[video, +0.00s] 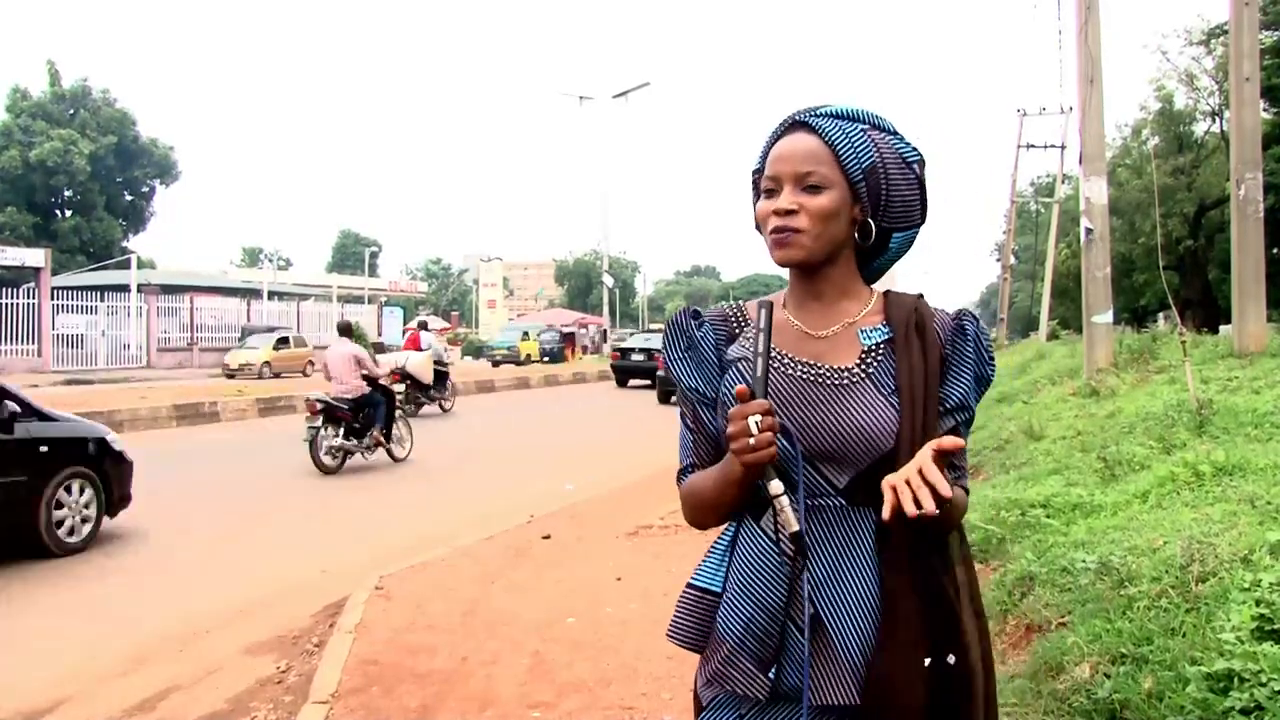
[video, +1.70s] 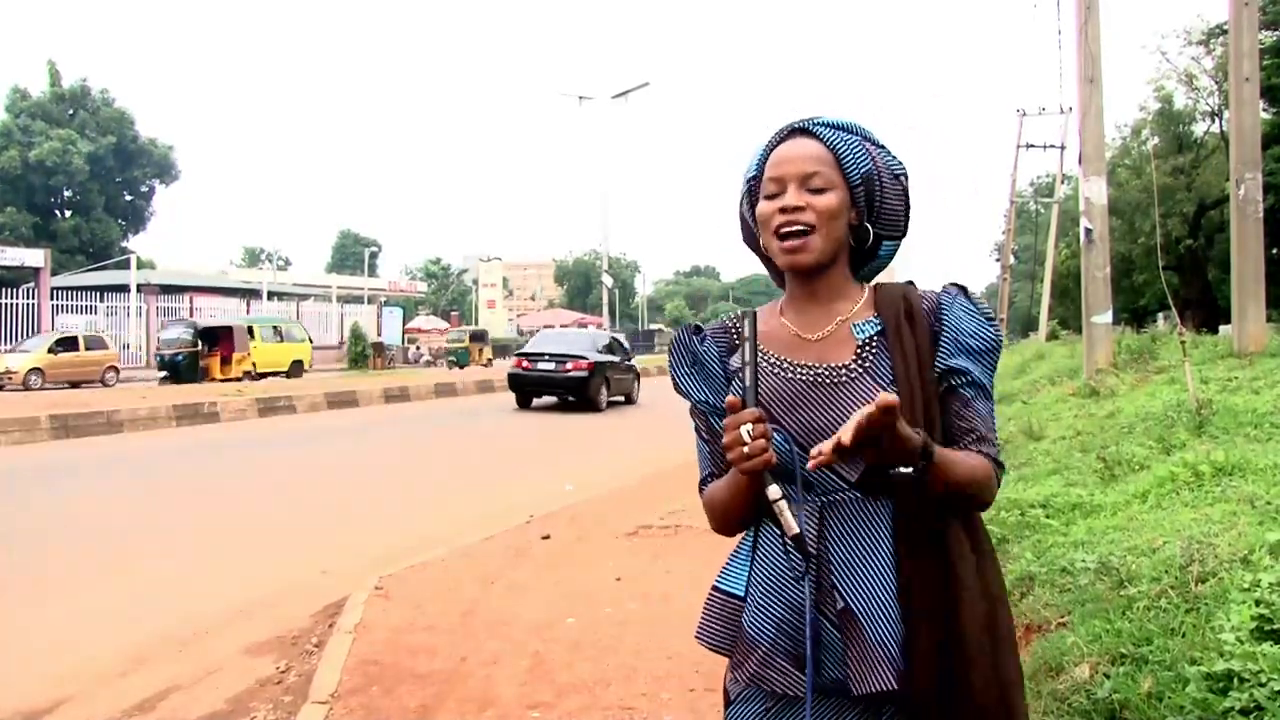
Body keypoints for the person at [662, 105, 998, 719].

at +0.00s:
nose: (781, 205)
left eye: (810, 186)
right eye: (769, 189)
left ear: (860, 209)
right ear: (757, 207)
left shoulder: (927, 335)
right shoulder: (723, 338)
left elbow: (954, 504)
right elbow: (697, 509)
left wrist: (927, 477)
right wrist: (739, 463)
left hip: (890, 636)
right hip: (758, 634)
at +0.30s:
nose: (774, 204)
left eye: (804, 188)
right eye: (762, 186)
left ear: (847, 214)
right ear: (745, 203)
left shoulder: (909, 331)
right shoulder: (704, 336)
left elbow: (939, 505)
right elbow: (675, 507)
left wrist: (930, 441)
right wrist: (727, 459)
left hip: (873, 642)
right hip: (741, 639)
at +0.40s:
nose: (771, 201)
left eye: (801, 187)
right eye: (758, 184)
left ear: (843, 214)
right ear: (741, 202)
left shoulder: (898, 329)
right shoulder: (698, 335)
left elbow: (935, 502)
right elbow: (670, 507)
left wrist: (932, 383)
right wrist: (715, 458)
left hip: (860, 625)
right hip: (736, 624)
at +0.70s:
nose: (748, 201)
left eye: (780, 190)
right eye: (742, 182)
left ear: (823, 222)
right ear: (726, 194)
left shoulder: (877, 327)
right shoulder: (684, 338)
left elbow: (902, 482)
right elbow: (663, 516)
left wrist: (906, 306)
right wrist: (684, 458)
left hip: (837, 644)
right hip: (713, 641)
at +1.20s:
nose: (743, 204)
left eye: (776, 194)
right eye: (739, 184)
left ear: (821, 225)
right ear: (726, 191)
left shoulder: (871, 326)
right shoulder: (678, 339)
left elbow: (937, 412)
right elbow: (653, 515)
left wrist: (922, 265)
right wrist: (681, 459)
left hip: (836, 627)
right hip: (714, 628)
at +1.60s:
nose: (778, 206)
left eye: (805, 189)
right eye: (762, 192)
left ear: (849, 213)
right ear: (744, 216)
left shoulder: (911, 310)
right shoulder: (714, 346)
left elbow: (995, 450)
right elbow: (704, 519)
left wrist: (920, 295)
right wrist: (729, 465)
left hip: (894, 626)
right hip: (762, 628)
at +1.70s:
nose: (790, 205)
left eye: (816, 186)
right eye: (772, 191)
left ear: (859, 208)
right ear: (754, 217)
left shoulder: (933, 320)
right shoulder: (724, 348)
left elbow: (982, 480)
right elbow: (722, 518)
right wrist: (743, 473)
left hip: (919, 637)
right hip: (781, 639)